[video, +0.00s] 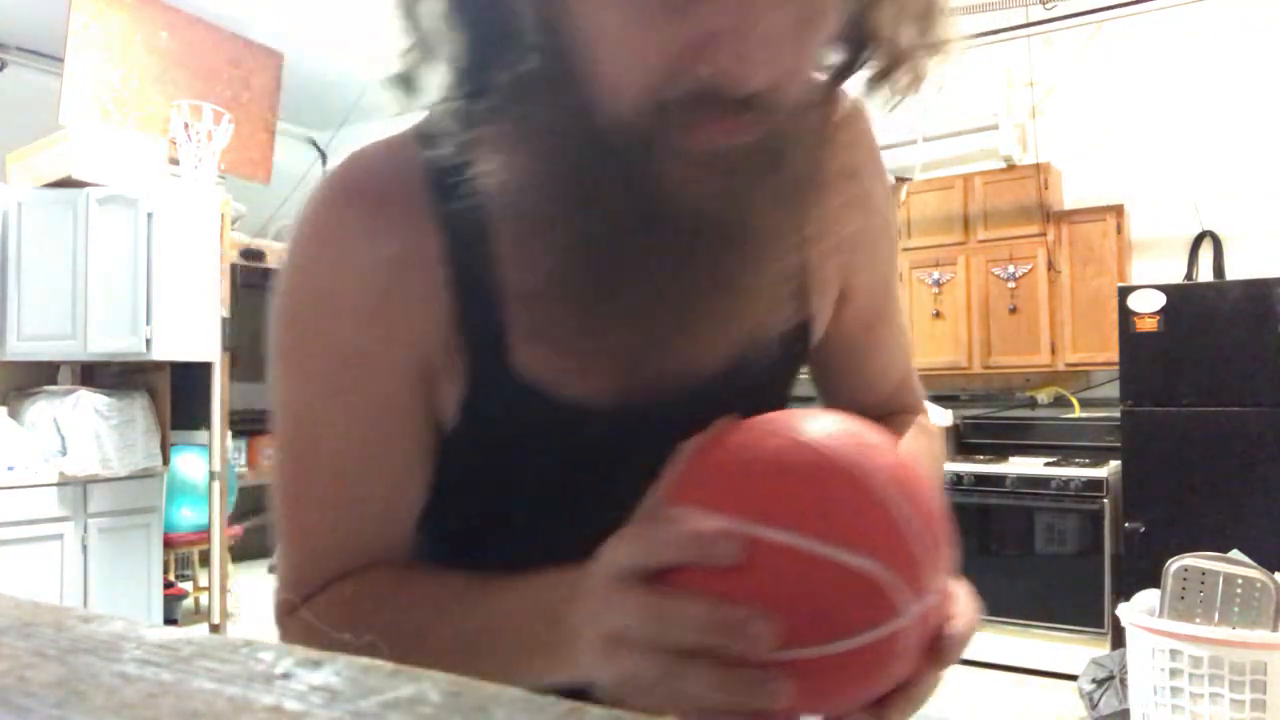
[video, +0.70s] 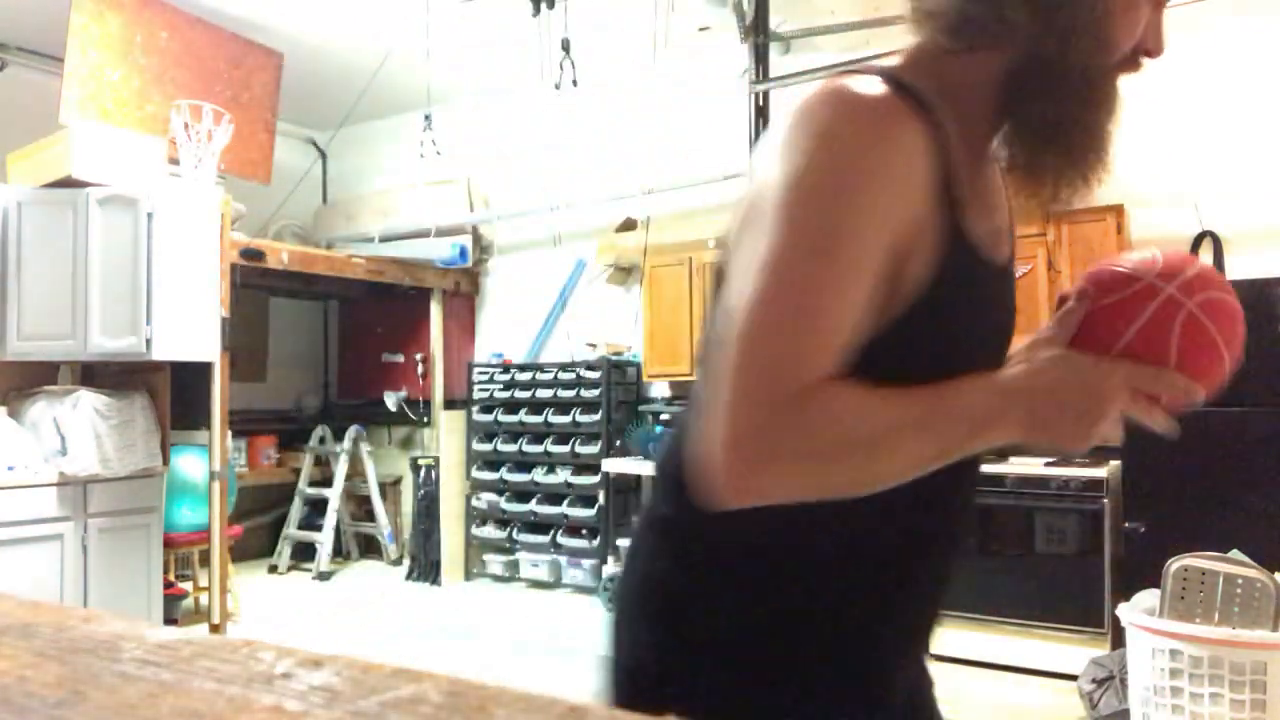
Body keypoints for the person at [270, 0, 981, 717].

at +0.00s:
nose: (746, 55)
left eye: (805, 1)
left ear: (848, 14)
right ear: (539, 8)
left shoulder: (829, 157)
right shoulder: (384, 219)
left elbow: (894, 414)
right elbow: (325, 604)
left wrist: (897, 573)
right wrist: (570, 625)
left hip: (732, 688)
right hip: (447, 704)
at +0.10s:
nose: (879, 26)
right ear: (638, 6)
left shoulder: (862, 167)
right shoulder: (453, 201)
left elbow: (914, 428)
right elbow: (369, 584)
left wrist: (961, 565)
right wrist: (647, 585)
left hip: (733, 686)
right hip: (489, 693)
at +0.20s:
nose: (980, 18)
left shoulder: (896, 187)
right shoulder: (539, 184)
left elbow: (928, 454)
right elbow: (413, 563)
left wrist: (978, 555)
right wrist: (709, 553)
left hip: (766, 683)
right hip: (534, 692)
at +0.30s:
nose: (1049, 23)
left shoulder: (930, 179)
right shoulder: (624, 163)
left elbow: (944, 451)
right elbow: (462, 542)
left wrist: (1012, 508)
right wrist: (794, 522)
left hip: (791, 677)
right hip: (573, 688)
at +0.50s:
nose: (1134, 23)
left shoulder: (965, 154)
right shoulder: (743, 132)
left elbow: (977, 371)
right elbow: (583, 507)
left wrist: (1068, 503)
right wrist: (910, 504)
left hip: (824, 671)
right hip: (631, 683)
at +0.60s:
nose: (1156, 26)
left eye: (1155, 1)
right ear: (1025, 2)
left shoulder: (981, 151)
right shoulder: (801, 125)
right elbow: (646, 472)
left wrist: (1018, 419)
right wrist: (965, 462)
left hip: (841, 661)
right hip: (668, 673)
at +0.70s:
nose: (1154, 44)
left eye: (1160, 9)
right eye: (1146, 0)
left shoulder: (975, 163)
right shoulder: (857, 128)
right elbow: (747, 450)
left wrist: (1034, 368)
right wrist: (1012, 407)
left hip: (863, 651)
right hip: (744, 666)